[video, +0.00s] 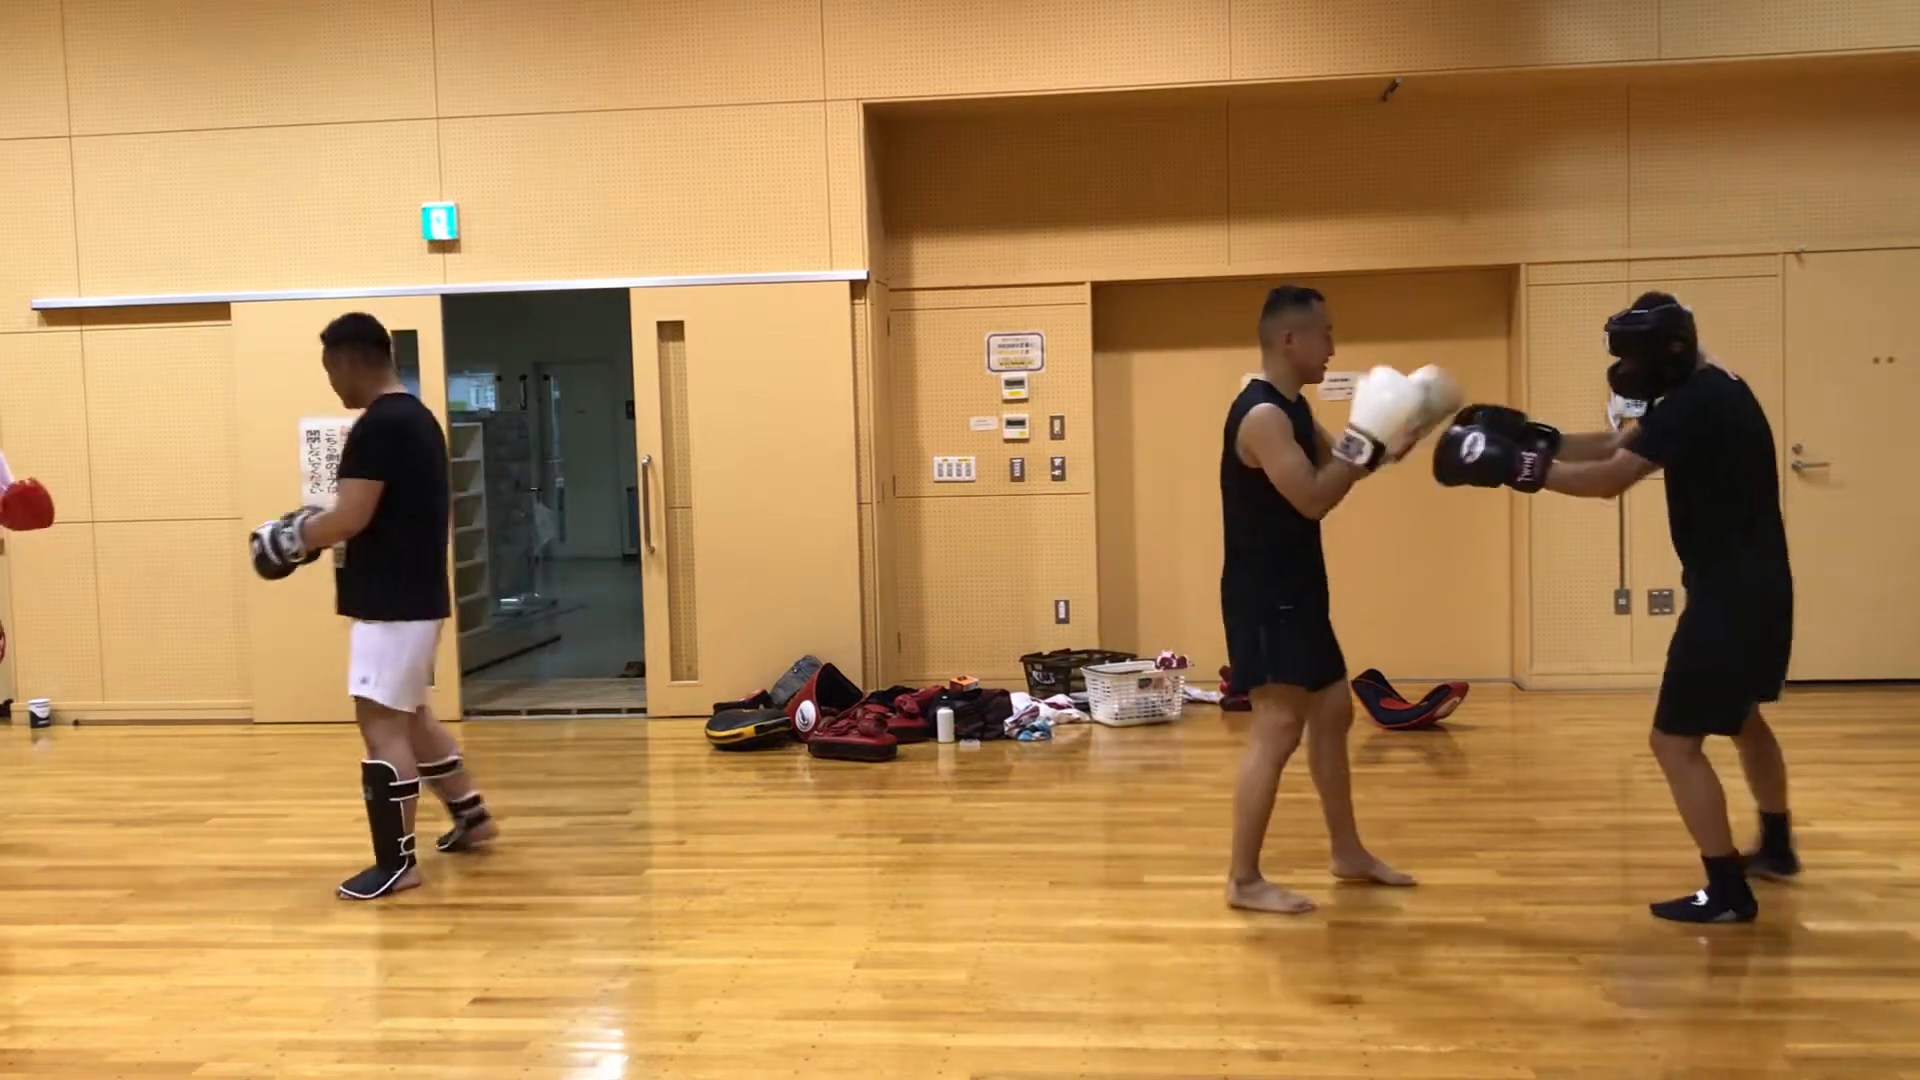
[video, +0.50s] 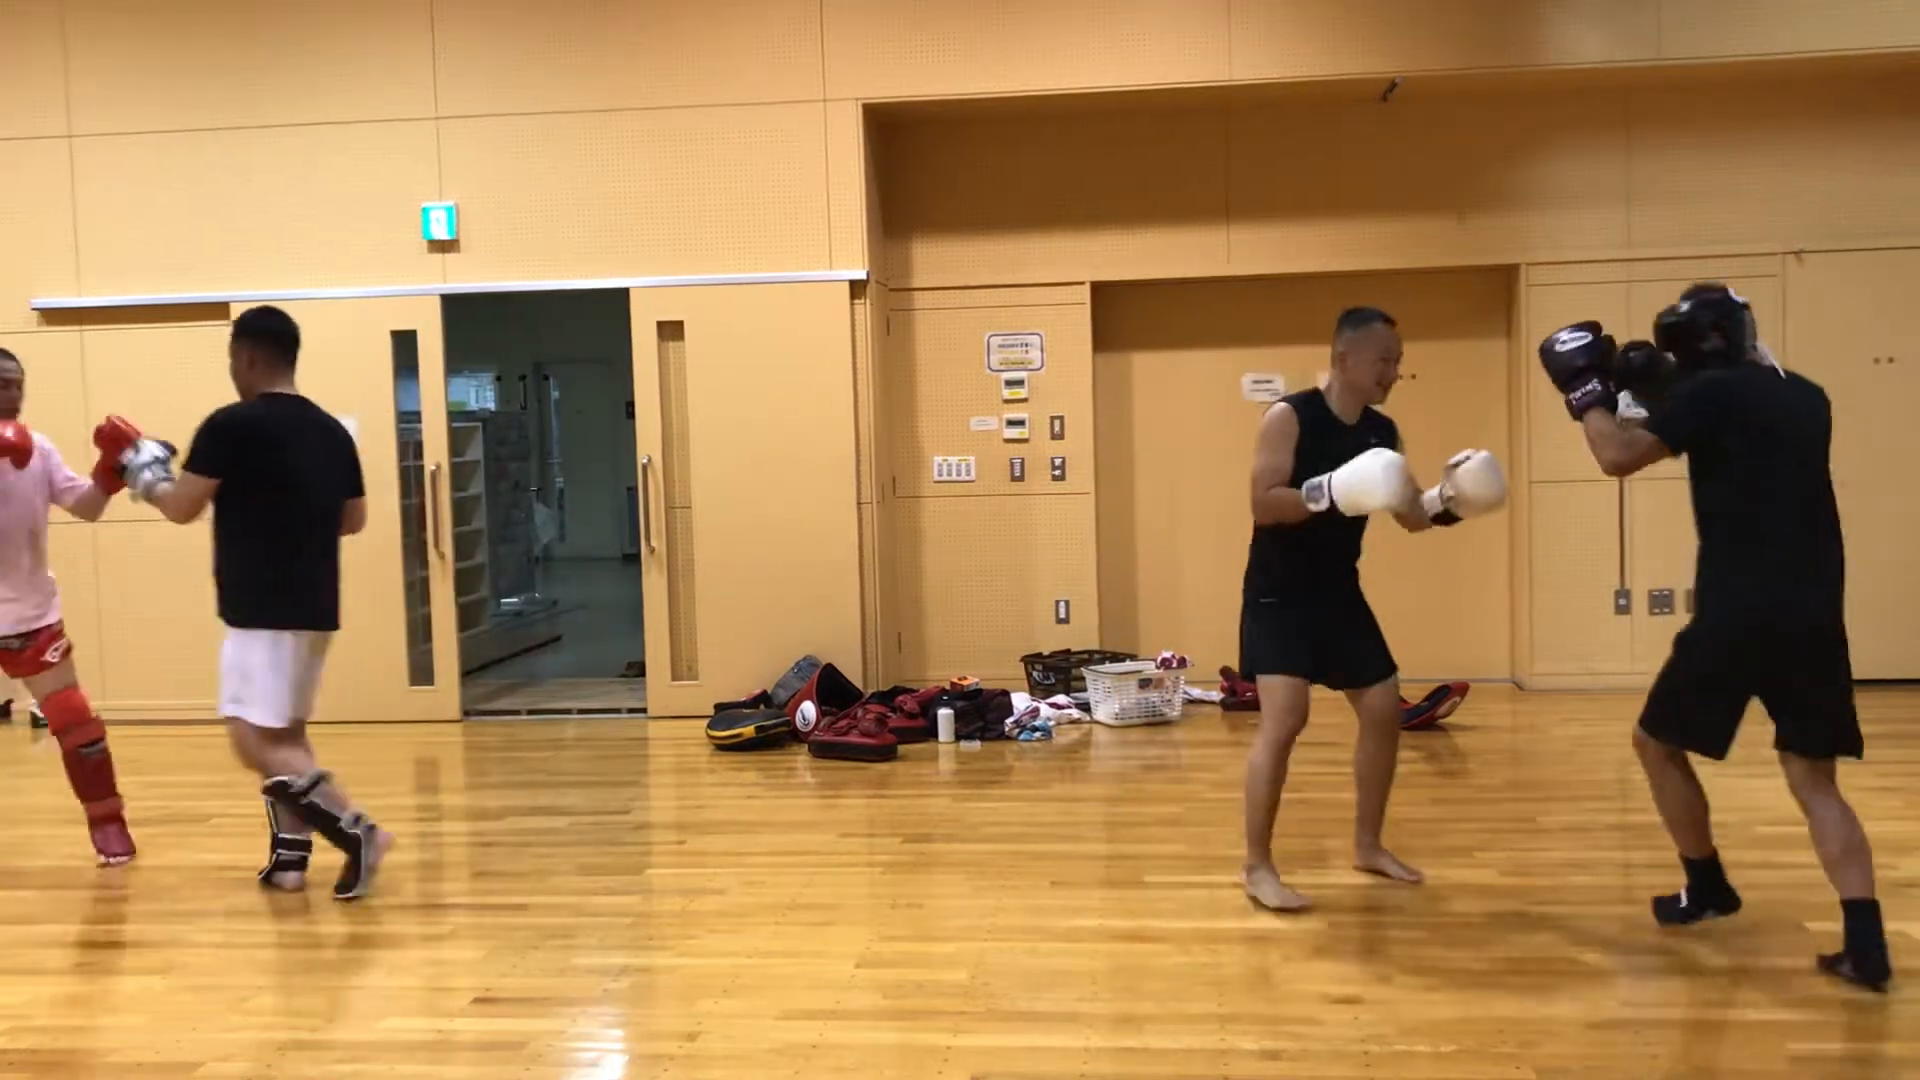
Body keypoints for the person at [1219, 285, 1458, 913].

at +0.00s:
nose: (1330, 348)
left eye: (1330, 336)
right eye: (1323, 335)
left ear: (1288, 341)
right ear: (1287, 339)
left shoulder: (1290, 408)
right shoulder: (1262, 415)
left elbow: (1343, 466)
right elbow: (1313, 500)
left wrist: (1401, 434)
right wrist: (1361, 442)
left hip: (1297, 595)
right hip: (1266, 598)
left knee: (1332, 711)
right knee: (1276, 725)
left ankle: (1348, 853)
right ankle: (1243, 879)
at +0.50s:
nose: (1396, 373)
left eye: (1398, 362)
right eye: (1386, 361)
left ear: (1376, 364)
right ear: (1344, 358)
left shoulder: (1381, 432)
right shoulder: (1288, 418)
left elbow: (1409, 516)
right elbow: (1263, 506)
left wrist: (1448, 501)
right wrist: (1329, 492)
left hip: (1339, 592)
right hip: (1278, 592)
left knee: (1383, 709)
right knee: (1283, 719)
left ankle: (1368, 847)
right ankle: (1258, 867)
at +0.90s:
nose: (1307, 376)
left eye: (1314, 366)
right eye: (1296, 364)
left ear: (1322, 370)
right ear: (1268, 362)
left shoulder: (1329, 427)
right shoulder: (1226, 420)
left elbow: (1384, 490)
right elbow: (1250, 479)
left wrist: (1402, 444)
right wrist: (1273, 415)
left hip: (1310, 597)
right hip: (1241, 599)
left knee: (1360, 709)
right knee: (1199, 718)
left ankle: (1364, 847)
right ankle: (1208, 833)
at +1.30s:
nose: (1246, 380)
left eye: (1252, 368)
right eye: (1234, 370)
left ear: (1258, 363)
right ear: (1203, 371)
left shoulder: (1279, 421)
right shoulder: (1170, 424)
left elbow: (1301, 498)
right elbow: (1171, 487)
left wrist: (1318, 433)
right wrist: (1189, 424)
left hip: (1273, 589)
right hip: (1206, 593)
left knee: (1288, 716)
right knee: (1185, 729)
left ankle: (1314, 853)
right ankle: (1211, 834)